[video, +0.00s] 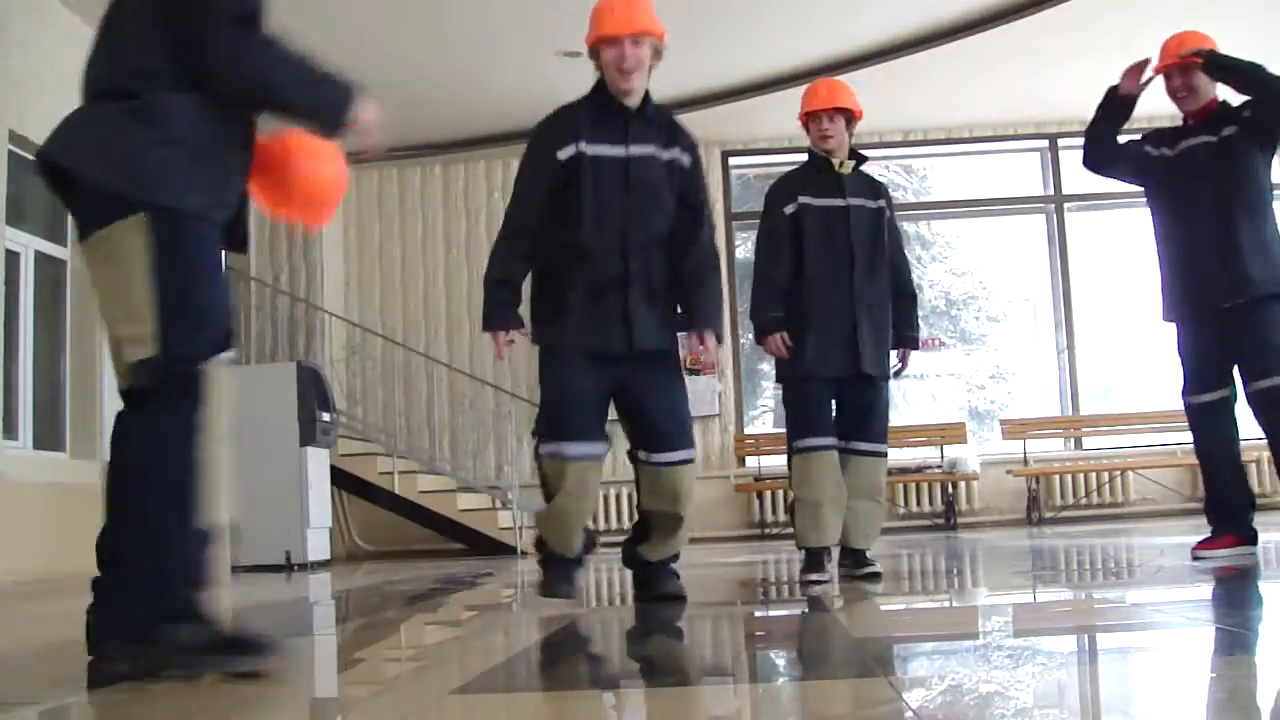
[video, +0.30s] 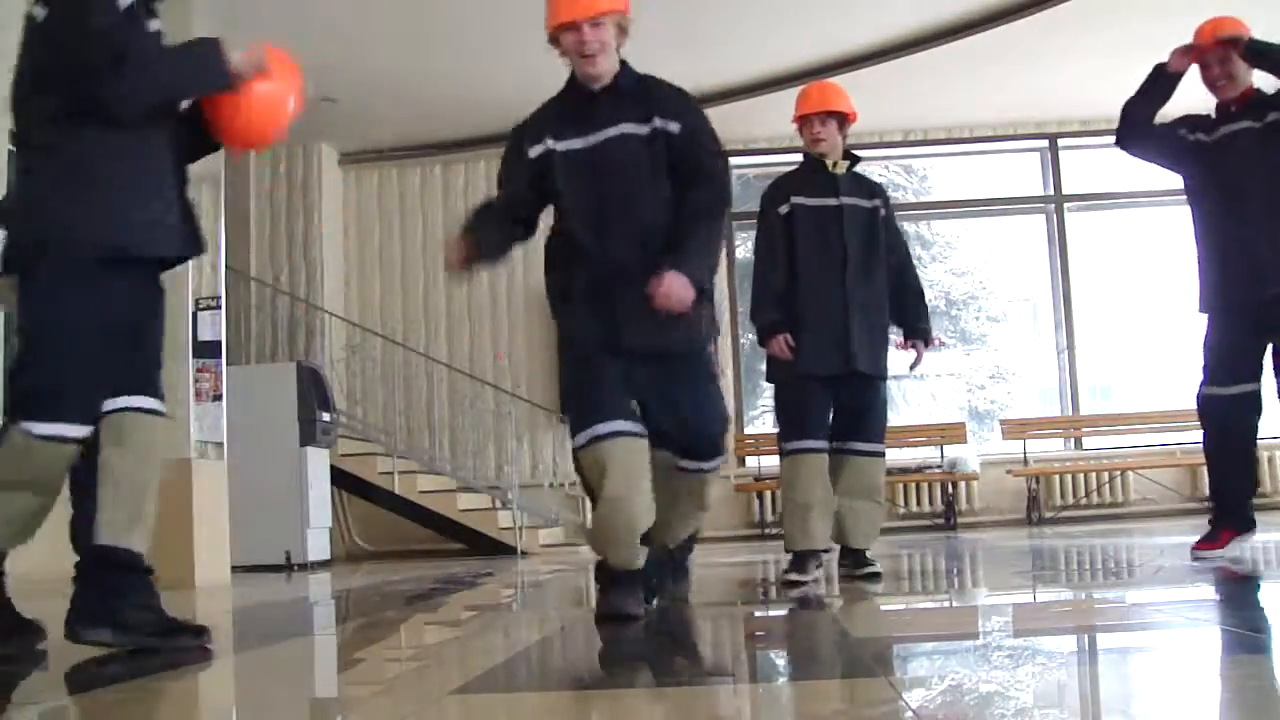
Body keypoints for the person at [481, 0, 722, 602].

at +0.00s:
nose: (627, 55)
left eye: (638, 42)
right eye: (614, 43)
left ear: (656, 50)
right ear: (595, 52)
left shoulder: (675, 141)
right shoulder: (559, 132)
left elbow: (696, 237)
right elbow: (521, 223)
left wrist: (703, 318)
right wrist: (502, 300)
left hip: (652, 329)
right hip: (572, 328)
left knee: (670, 464)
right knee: (571, 462)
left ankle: (655, 562)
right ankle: (562, 553)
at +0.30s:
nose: (585, 38)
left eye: (596, 24)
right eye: (571, 28)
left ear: (620, 29)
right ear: (557, 40)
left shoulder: (672, 108)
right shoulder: (540, 131)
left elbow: (709, 191)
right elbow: (516, 208)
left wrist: (689, 268)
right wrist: (476, 241)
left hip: (669, 310)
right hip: (590, 319)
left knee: (695, 444)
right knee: (613, 451)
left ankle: (670, 546)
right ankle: (623, 577)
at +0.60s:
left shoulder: (660, 21)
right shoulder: (539, 38)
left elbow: (705, 131)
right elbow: (460, 44)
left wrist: (734, 238)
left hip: (666, 249)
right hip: (588, 260)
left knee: (657, 398)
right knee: (594, 423)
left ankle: (699, 555)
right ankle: (650, 568)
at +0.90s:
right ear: (566, 4)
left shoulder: (676, 25)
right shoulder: (558, 69)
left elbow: (744, 108)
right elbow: (474, 93)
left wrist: (729, 211)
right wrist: (459, 5)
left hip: (682, 268)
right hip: (612, 284)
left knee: (602, 409)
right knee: (615, 435)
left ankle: (659, 597)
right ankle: (739, 530)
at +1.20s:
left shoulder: (701, 16)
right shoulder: (578, 87)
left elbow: (762, 131)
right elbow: (584, 200)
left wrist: (710, 224)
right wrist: (540, 294)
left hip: (764, 246)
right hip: (673, 268)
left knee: (825, 396)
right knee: (655, 427)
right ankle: (702, 577)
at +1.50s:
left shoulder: (821, 3)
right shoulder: (641, 17)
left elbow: (895, 59)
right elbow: (552, 49)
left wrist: (874, 133)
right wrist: (447, 56)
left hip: (821, 235)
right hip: (711, 246)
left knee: (906, 370)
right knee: (672, 399)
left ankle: (960, 515)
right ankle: (632, 550)